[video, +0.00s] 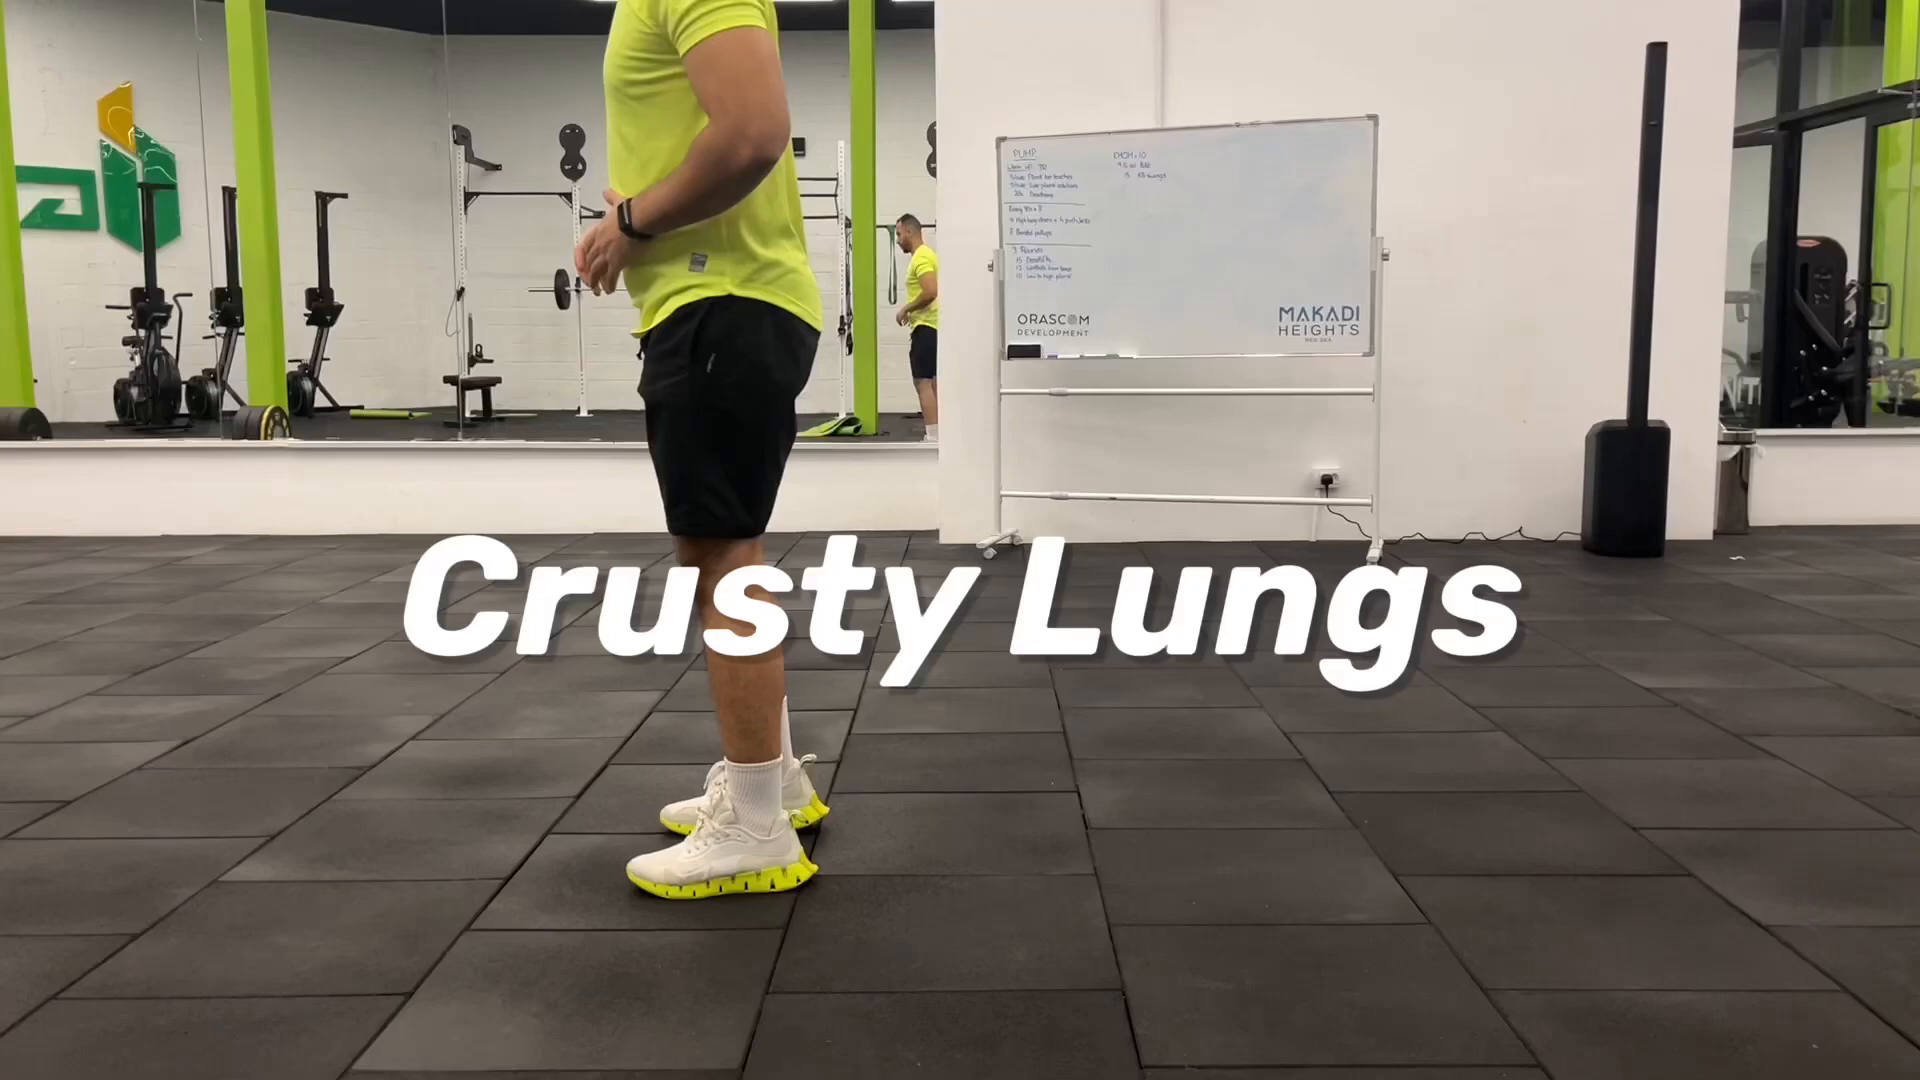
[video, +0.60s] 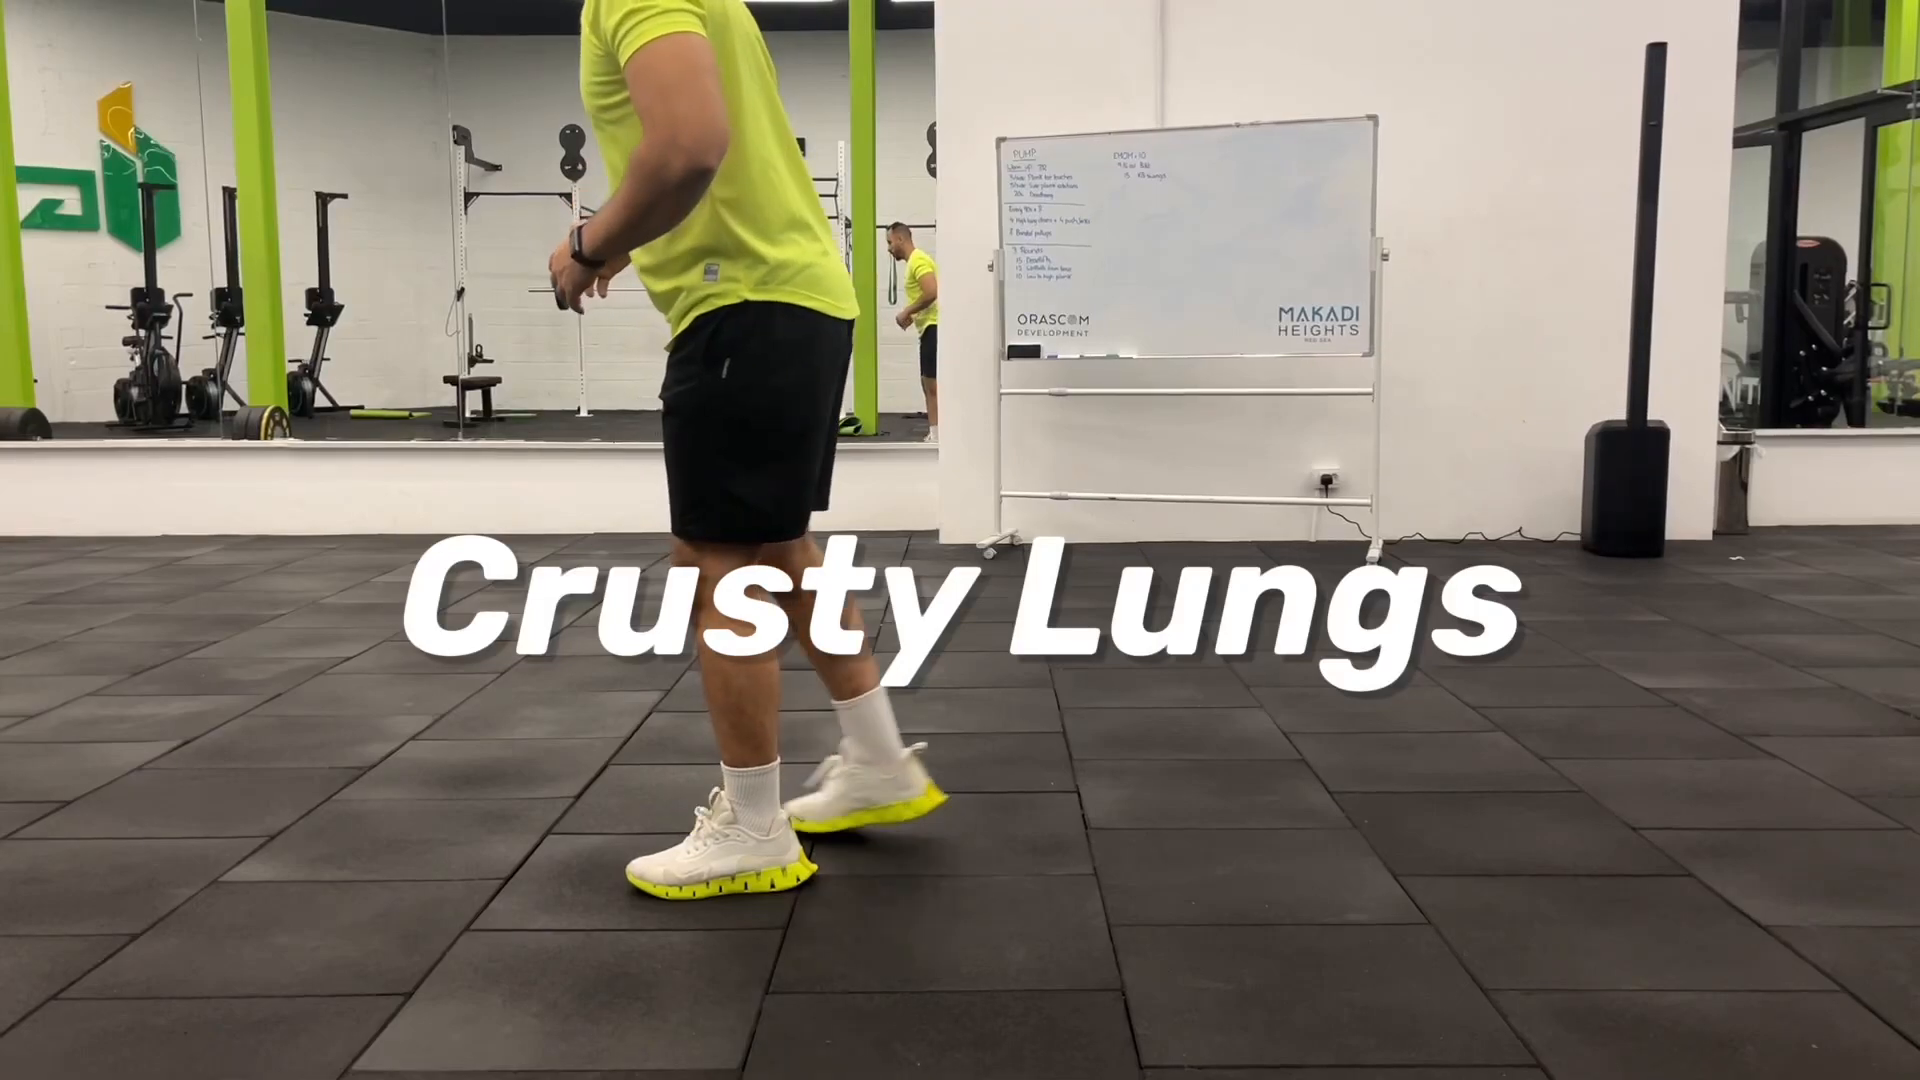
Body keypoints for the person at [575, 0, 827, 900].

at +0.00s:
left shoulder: (697, 1)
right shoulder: (671, 10)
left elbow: (752, 131)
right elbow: (733, 139)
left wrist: (631, 221)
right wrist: (627, 224)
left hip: (725, 301)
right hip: (715, 299)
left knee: (720, 553)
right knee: (724, 548)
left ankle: (755, 824)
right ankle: (770, 772)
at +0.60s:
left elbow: (691, 140)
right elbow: (714, 153)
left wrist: (594, 243)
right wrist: (606, 248)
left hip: (744, 303)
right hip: (801, 295)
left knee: (722, 565)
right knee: (783, 549)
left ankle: (750, 828)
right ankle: (879, 758)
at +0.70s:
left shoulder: (628, 4)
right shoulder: (689, 15)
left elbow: (688, 148)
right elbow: (721, 160)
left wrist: (589, 247)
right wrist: (621, 245)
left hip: (751, 306)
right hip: (815, 298)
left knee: (721, 568)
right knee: (807, 547)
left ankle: (752, 826)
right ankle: (964, 738)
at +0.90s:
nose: (474, 0)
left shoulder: (620, 23)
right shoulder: (645, 31)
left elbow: (687, 194)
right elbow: (696, 214)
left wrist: (592, 262)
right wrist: (589, 269)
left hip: (771, 321)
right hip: (846, 313)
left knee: (702, 579)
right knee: (900, 554)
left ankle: (751, 828)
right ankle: (1100, 719)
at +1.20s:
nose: (471, 84)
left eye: (476, 55)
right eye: (465, 60)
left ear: (540, 40)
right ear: (547, 41)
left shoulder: (640, 120)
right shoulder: (646, 128)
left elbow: (677, 311)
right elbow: (728, 313)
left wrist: (595, 288)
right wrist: (625, 354)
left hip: (826, 385)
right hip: (897, 379)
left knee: (665, 592)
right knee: (975, 616)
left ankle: (749, 827)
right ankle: (1210, 769)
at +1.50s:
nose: (566, 165)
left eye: (574, 140)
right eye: (563, 143)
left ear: (634, 132)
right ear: (647, 132)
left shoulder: (715, 231)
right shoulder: (740, 218)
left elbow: (689, 443)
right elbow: (717, 416)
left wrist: (640, 353)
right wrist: (661, 361)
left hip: (876, 494)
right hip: (947, 502)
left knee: (648, 609)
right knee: (959, 763)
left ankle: (747, 829)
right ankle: (1235, 819)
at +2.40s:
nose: (531, 98)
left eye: (535, 70)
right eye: (526, 74)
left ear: (595, 58)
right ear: (608, 58)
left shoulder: (673, 156)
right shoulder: (718, 140)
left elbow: (667, 364)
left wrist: (618, 275)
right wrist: (651, 273)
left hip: (852, 412)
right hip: (932, 409)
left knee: (661, 597)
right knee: (973, 661)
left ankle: (748, 832)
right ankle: (1220, 810)